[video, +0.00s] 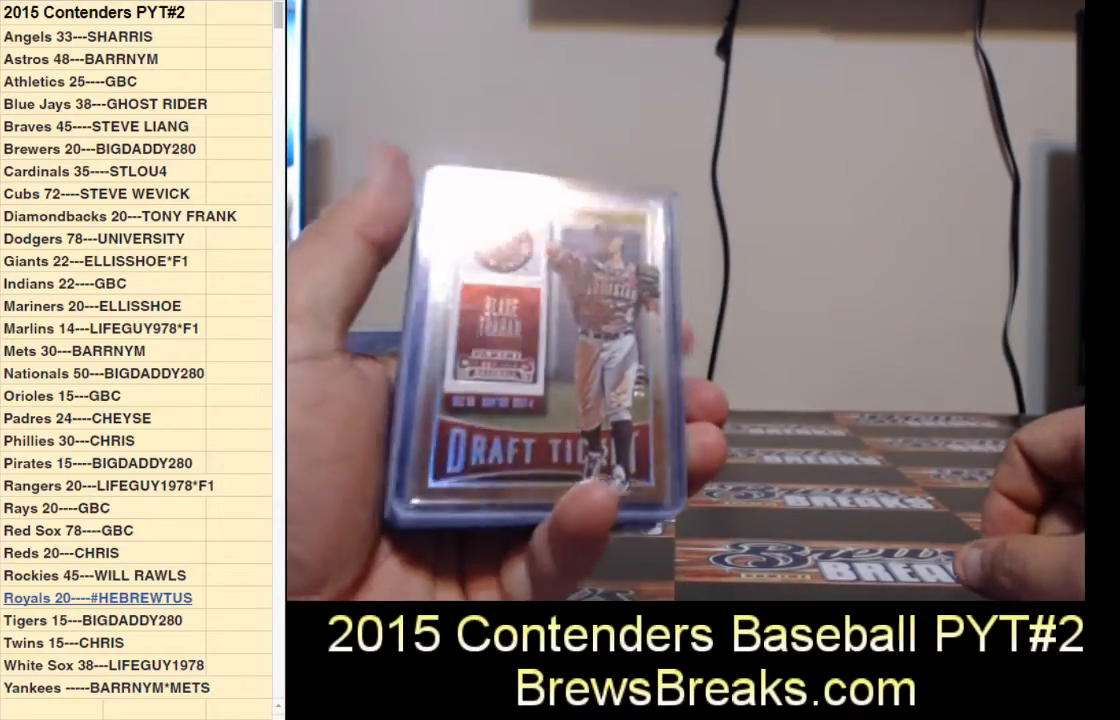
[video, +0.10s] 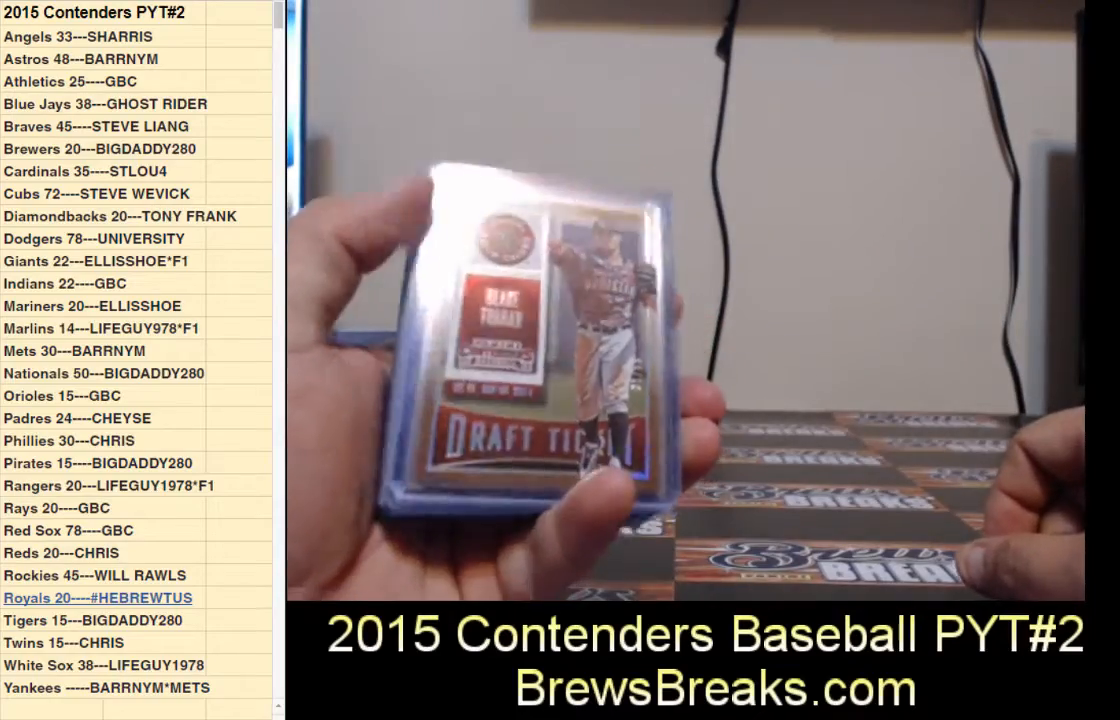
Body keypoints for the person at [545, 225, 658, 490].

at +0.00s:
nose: (603, 243)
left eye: (609, 238)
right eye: (599, 237)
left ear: (620, 241)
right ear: (594, 240)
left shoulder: (633, 273)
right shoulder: (583, 267)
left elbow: (653, 306)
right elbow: (562, 261)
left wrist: (653, 290)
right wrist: (557, 257)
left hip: (622, 341)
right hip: (589, 342)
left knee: (619, 404)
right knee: (588, 404)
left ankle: (621, 468)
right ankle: (594, 458)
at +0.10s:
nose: (604, 240)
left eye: (610, 235)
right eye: (600, 234)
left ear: (619, 239)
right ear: (593, 237)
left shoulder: (631, 270)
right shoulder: (581, 262)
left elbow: (651, 304)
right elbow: (565, 255)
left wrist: (652, 289)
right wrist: (559, 251)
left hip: (621, 336)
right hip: (588, 335)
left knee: (617, 397)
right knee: (587, 397)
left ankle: (618, 459)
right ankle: (591, 452)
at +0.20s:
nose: (613, 244)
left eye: (619, 239)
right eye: (610, 238)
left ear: (629, 243)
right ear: (604, 241)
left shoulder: (641, 275)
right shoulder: (591, 266)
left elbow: (680, 297)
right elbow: (564, 255)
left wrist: (668, 295)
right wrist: (567, 255)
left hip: (624, 343)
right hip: (592, 341)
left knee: (618, 407)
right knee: (587, 406)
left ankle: (615, 469)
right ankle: (588, 465)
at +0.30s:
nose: (629, 239)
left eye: (635, 234)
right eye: (625, 233)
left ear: (644, 240)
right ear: (620, 237)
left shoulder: (653, 270)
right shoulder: (605, 259)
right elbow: (578, 248)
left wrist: (680, 290)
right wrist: (581, 246)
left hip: (636, 336)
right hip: (604, 334)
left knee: (629, 399)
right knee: (599, 397)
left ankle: (626, 462)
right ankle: (598, 457)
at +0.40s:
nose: (639, 236)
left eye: (646, 231)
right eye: (636, 230)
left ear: (657, 237)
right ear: (630, 234)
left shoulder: (665, 267)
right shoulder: (616, 257)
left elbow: (677, 304)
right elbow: (589, 235)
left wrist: (683, 287)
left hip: (649, 331)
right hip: (618, 328)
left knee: (642, 393)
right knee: (613, 390)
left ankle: (640, 453)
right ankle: (613, 442)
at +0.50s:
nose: (649, 234)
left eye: (655, 230)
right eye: (646, 229)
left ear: (664, 235)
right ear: (640, 232)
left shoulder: (672, 265)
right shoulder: (628, 254)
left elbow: (683, 296)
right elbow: (604, 241)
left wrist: (690, 283)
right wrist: (604, 238)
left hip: (658, 323)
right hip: (627, 321)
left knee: (652, 386)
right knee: (623, 383)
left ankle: (648, 443)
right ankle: (623, 436)